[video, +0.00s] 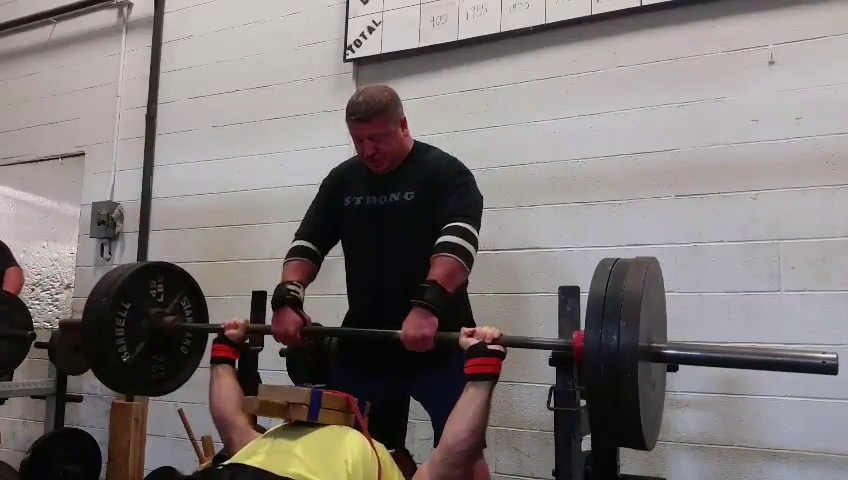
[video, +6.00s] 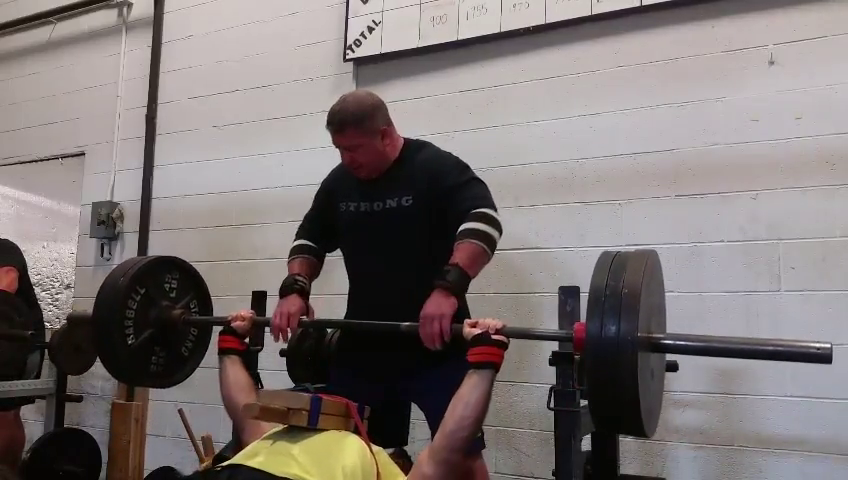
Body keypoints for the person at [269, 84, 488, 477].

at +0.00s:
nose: (368, 150)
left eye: (378, 139)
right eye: (359, 140)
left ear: (404, 126)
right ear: (350, 135)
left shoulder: (448, 175)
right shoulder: (343, 181)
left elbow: (456, 248)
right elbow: (308, 245)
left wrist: (428, 305)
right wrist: (287, 299)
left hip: (440, 342)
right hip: (365, 340)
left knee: (463, 452)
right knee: (364, 455)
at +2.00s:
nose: (362, 157)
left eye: (371, 145)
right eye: (353, 148)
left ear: (395, 129)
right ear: (343, 140)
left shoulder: (446, 175)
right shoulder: (340, 183)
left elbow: (480, 254)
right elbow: (324, 260)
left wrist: (477, 322)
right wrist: (313, 319)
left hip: (438, 343)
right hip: (364, 344)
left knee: (463, 456)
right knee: (368, 460)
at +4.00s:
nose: (361, 162)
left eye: (369, 151)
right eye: (352, 153)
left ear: (394, 133)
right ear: (342, 145)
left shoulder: (444, 177)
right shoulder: (339, 186)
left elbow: (478, 259)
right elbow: (326, 262)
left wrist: (473, 336)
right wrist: (317, 324)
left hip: (438, 339)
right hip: (367, 339)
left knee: (464, 451)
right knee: (372, 450)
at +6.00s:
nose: (347, 160)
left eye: (354, 150)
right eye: (341, 150)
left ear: (386, 135)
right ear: (335, 141)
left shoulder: (438, 169)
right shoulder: (338, 185)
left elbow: (482, 222)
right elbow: (310, 239)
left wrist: (448, 289)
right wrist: (294, 290)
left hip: (437, 340)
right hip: (365, 342)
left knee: (462, 455)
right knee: (362, 457)